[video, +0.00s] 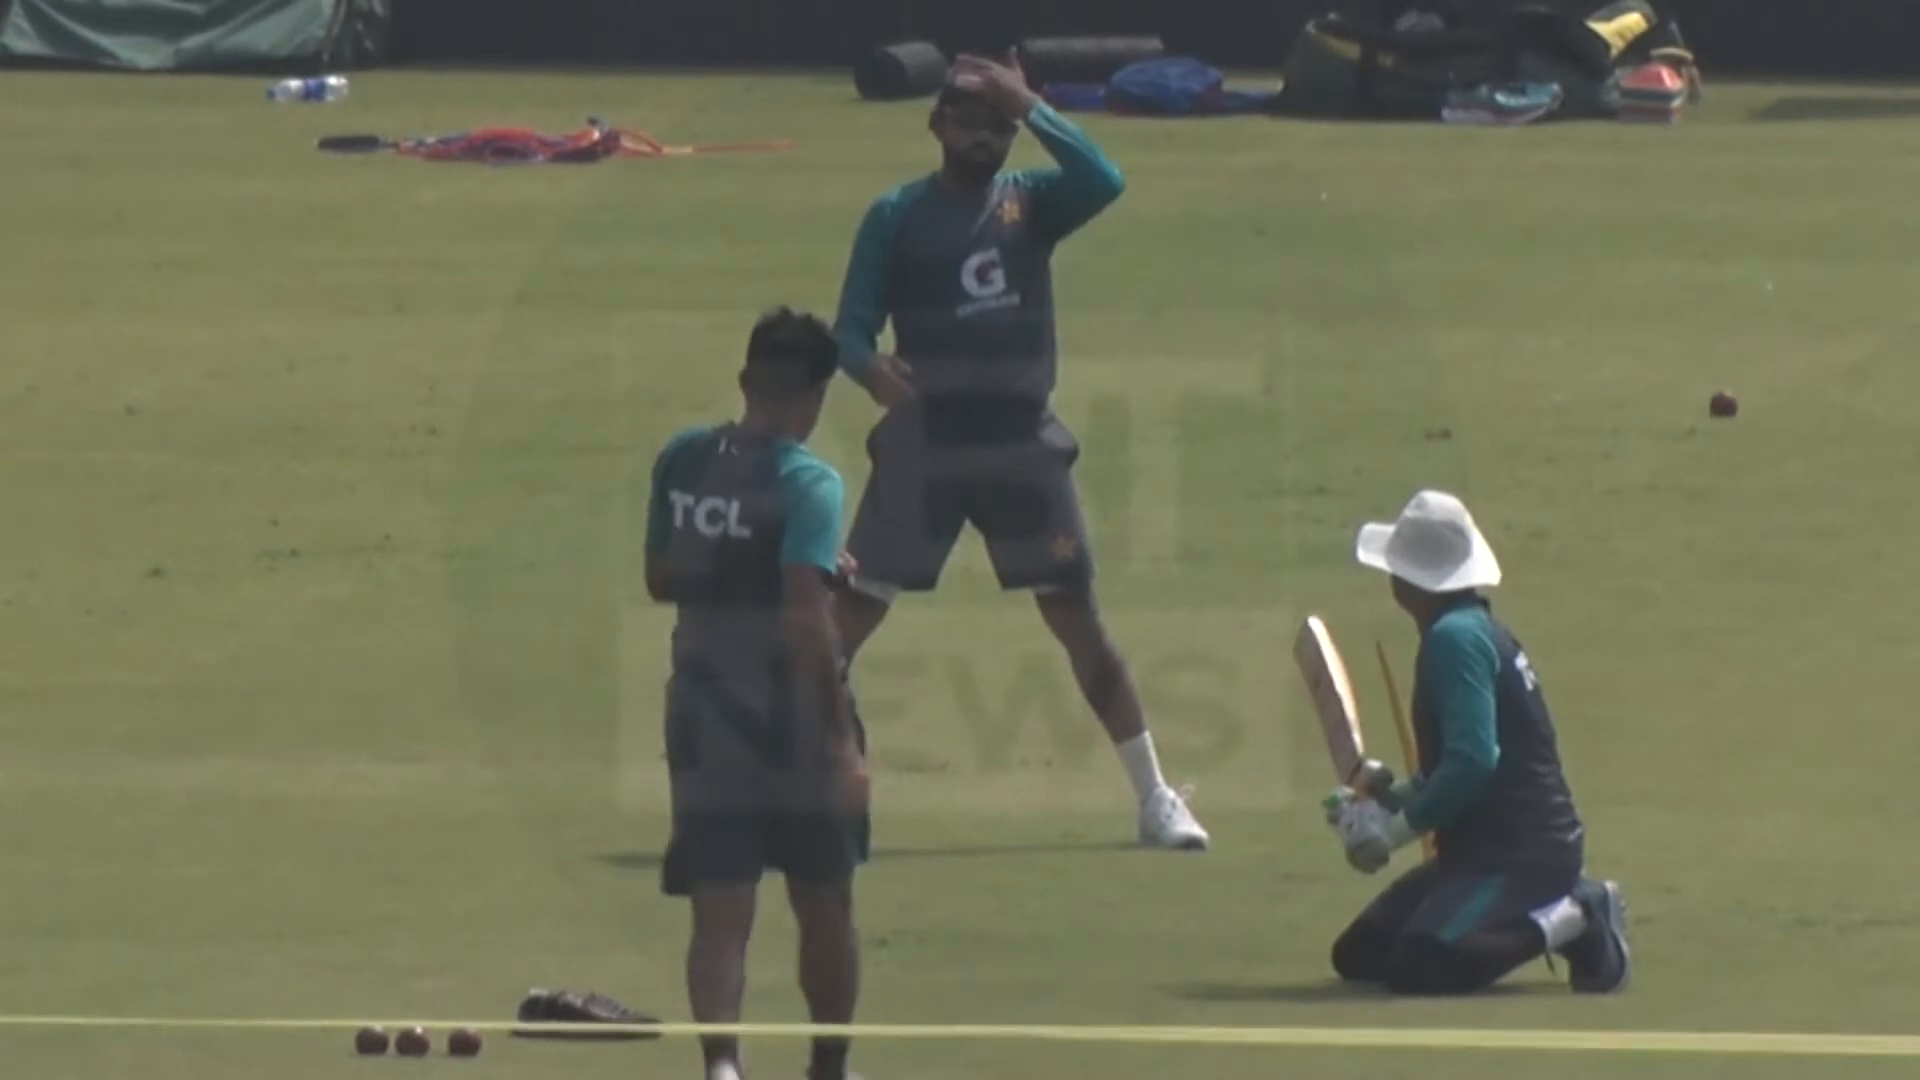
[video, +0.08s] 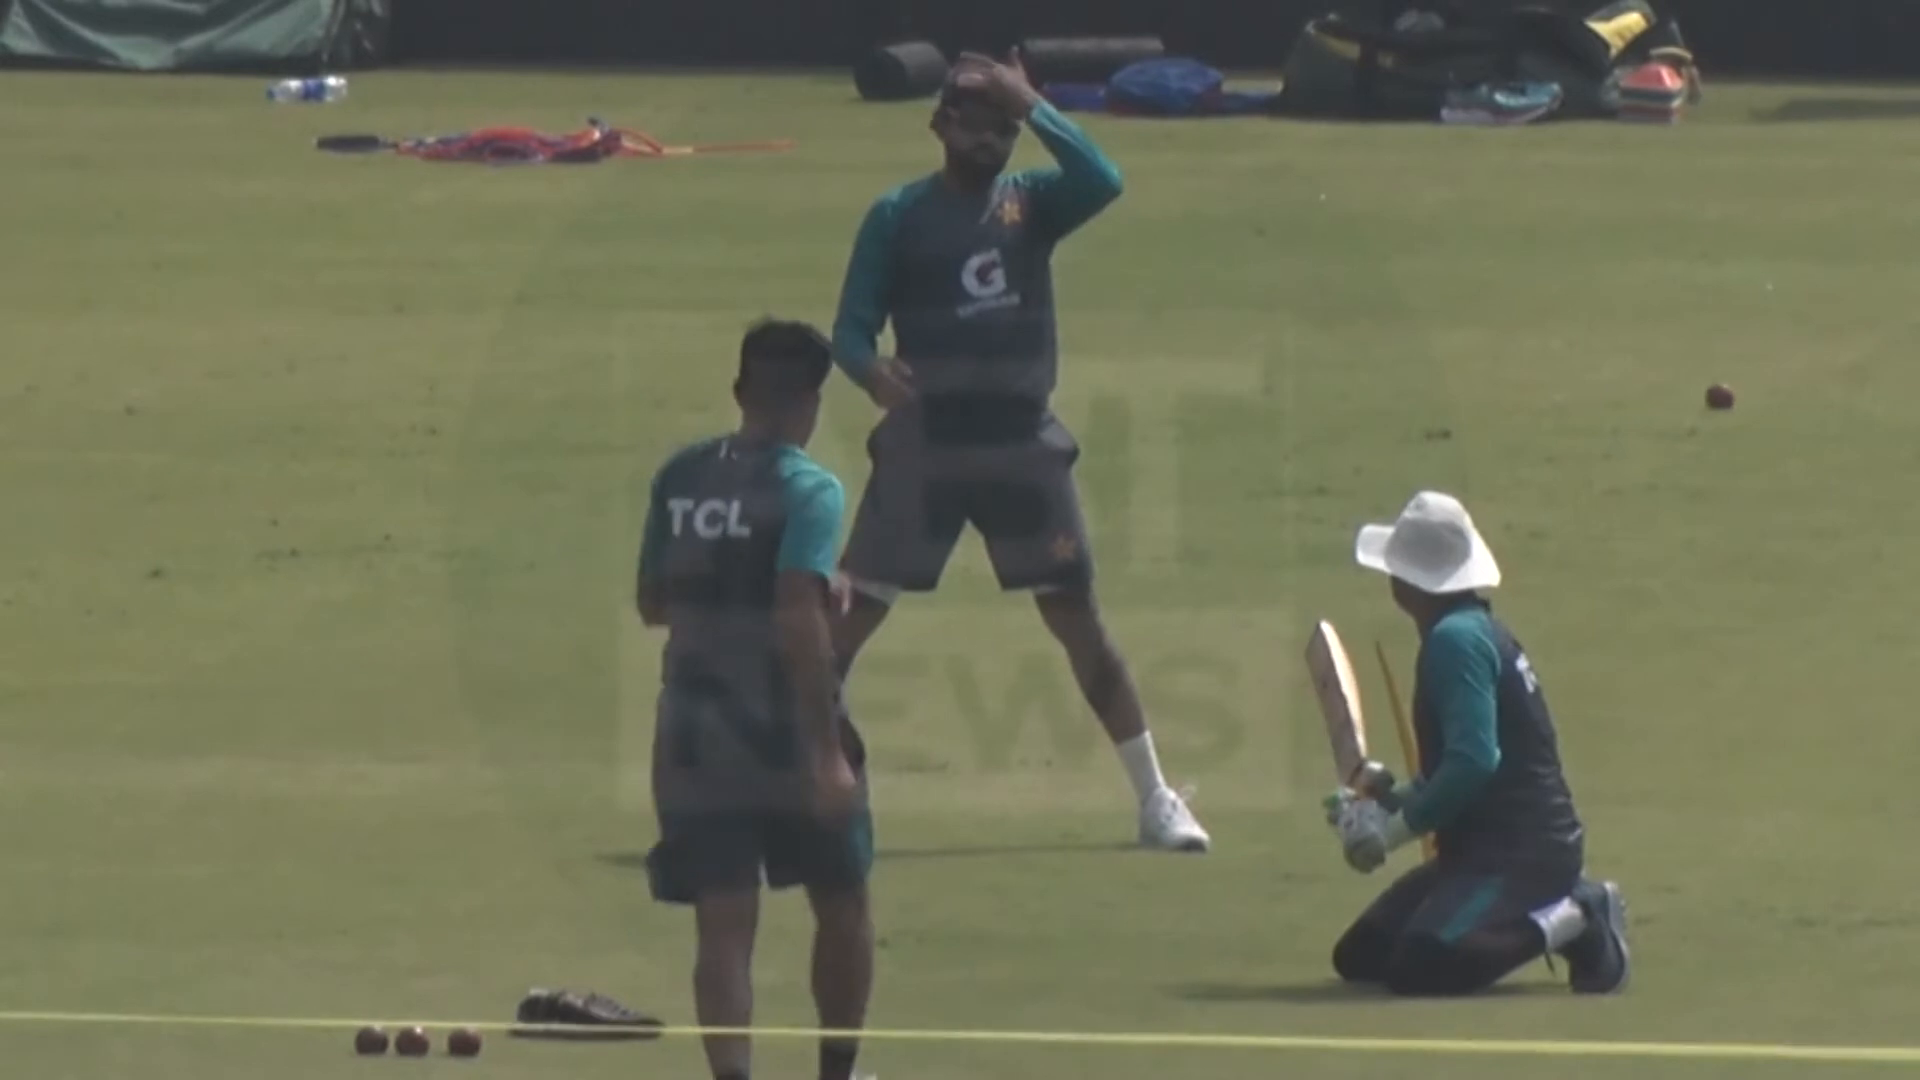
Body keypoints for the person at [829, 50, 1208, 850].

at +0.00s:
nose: (983, 139)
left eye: (997, 127)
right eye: (968, 122)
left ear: (1013, 135)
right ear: (937, 125)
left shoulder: (1030, 204)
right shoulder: (894, 218)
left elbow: (1102, 182)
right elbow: (850, 335)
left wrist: (1027, 104)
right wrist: (877, 375)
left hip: (1021, 442)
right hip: (922, 443)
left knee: (1080, 624)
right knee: (844, 622)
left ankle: (1155, 798)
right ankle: (774, 784)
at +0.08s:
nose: (988, 139)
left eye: (1001, 127)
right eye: (972, 121)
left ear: (1015, 135)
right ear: (940, 124)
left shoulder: (1030, 204)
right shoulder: (896, 217)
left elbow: (1101, 182)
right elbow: (849, 336)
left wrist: (1029, 102)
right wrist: (879, 380)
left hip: (1021, 442)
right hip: (923, 442)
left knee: (1079, 623)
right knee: (849, 619)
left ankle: (1156, 798)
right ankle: (775, 782)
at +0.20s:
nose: (991, 138)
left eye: (1004, 126)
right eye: (976, 121)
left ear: (1020, 134)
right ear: (942, 122)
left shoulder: (1033, 203)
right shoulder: (898, 217)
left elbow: (1111, 196)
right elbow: (852, 334)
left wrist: (1047, 105)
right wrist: (875, 377)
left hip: (1023, 443)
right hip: (924, 443)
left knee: (1081, 624)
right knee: (851, 620)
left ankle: (1155, 798)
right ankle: (771, 775)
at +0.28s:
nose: (988, 141)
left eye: (1001, 129)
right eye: (974, 126)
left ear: (1018, 135)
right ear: (941, 125)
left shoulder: (1034, 202)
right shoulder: (896, 219)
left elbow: (1122, 214)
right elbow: (852, 338)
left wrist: (1057, 120)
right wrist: (877, 385)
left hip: (1021, 439)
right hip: (923, 440)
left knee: (1079, 620)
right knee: (861, 613)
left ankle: (1155, 797)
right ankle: (809, 776)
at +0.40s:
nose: (982, 140)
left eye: (996, 128)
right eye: (968, 126)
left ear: (1012, 135)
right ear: (936, 126)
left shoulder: (1035, 204)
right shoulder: (894, 221)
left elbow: (1128, 270)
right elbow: (853, 339)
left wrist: (1089, 204)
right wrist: (878, 393)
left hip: (1021, 439)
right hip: (922, 442)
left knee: (1079, 621)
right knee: (858, 608)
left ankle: (1155, 798)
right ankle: (782, 763)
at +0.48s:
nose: (979, 143)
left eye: (993, 130)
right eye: (965, 129)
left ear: (1011, 135)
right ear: (934, 127)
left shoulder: (1037, 206)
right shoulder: (895, 222)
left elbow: (1126, 297)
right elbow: (853, 342)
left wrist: (1078, 267)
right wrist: (880, 401)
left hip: (1022, 442)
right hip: (923, 446)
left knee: (1080, 623)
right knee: (849, 615)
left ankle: (1155, 798)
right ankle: (778, 772)